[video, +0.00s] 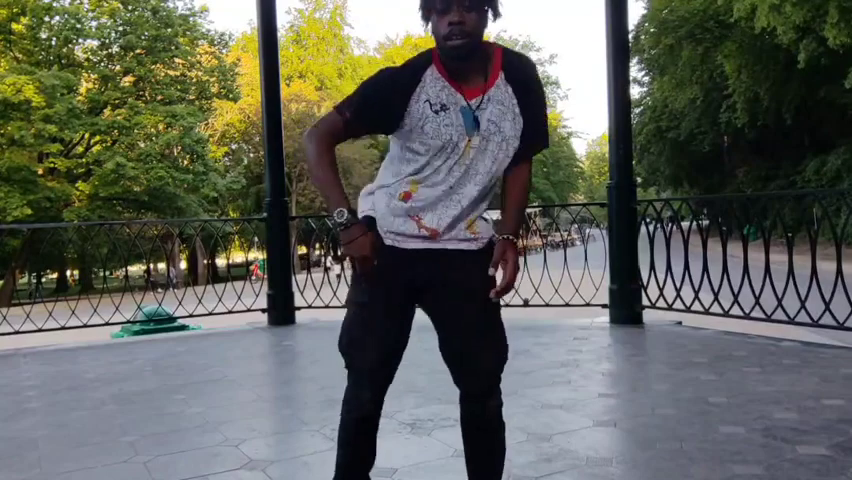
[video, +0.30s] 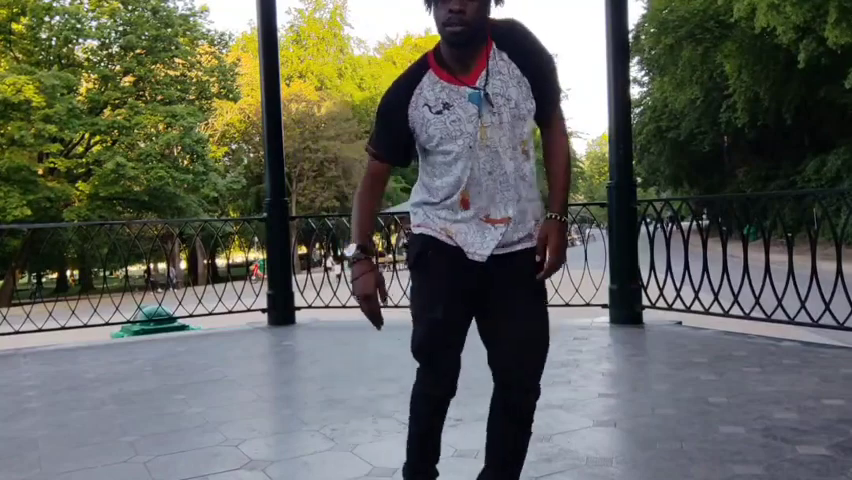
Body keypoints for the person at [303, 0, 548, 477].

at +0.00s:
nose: (454, 19)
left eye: (466, 8)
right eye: (442, 10)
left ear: (486, 14)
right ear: (428, 19)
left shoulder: (517, 75)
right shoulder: (404, 81)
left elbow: (519, 159)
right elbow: (317, 137)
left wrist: (509, 235)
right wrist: (345, 222)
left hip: (464, 258)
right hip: (388, 254)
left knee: (482, 392)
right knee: (364, 395)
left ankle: (487, 478)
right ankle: (350, 479)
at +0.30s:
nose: (455, 10)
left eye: (466, 0)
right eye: (443, 2)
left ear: (487, 6)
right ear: (431, 10)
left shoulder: (516, 45)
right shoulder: (407, 93)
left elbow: (554, 128)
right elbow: (374, 176)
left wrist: (556, 215)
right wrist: (362, 254)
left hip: (516, 250)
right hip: (441, 250)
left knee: (520, 387)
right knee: (436, 379)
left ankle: (499, 476)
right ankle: (419, 473)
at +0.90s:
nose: (422, 24)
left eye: (436, 13)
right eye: (410, 13)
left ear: (453, 21)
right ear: (393, 19)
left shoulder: (480, 93)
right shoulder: (374, 57)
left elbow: (512, 181)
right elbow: (354, 113)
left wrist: (540, 273)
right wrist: (348, 191)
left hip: (476, 257)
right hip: (398, 254)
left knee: (517, 368)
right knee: (372, 358)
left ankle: (549, 471)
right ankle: (425, 469)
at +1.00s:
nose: (403, 29)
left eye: (416, 18)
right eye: (391, 18)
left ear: (434, 24)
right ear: (376, 25)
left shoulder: (464, 90)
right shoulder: (360, 68)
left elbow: (472, 183)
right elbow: (332, 115)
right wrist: (321, 182)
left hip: (468, 252)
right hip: (391, 250)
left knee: (494, 368)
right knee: (364, 363)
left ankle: (513, 470)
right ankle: (421, 470)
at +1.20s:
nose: (381, 32)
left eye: (393, 22)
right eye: (369, 24)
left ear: (413, 29)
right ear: (359, 34)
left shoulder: (444, 82)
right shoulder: (353, 91)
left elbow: (427, 178)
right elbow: (323, 144)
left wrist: (337, 228)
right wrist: (287, 176)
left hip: (451, 259)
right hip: (379, 256)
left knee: (451, 362)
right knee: (356, 363)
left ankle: (435, 434)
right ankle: (399, 468)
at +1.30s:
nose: (379, 32)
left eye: (391, 22)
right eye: (369, 25)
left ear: (409, 28)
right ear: (356, 37)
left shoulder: (434, 64)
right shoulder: (358, 104)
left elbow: (431, 149)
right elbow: (331, 169)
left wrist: (344, 204)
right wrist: (279, 187)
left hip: (441, 254)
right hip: (374, 255)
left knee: (443, 361)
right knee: (375, 370)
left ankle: (403, 420)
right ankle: (392, 470)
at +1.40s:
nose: (381, 34)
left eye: (392, 25)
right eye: (372, 26)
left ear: (411, 31)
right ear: (360, 37)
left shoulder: (433, 60)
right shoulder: (358, 116)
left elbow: (447, 134)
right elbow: (340, 192)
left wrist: (368, 190)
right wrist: (280, 213)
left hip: (431, 251)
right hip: (368, 254)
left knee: (436, 360)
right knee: (374, 367)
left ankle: (400, 393)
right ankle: (398, 471)